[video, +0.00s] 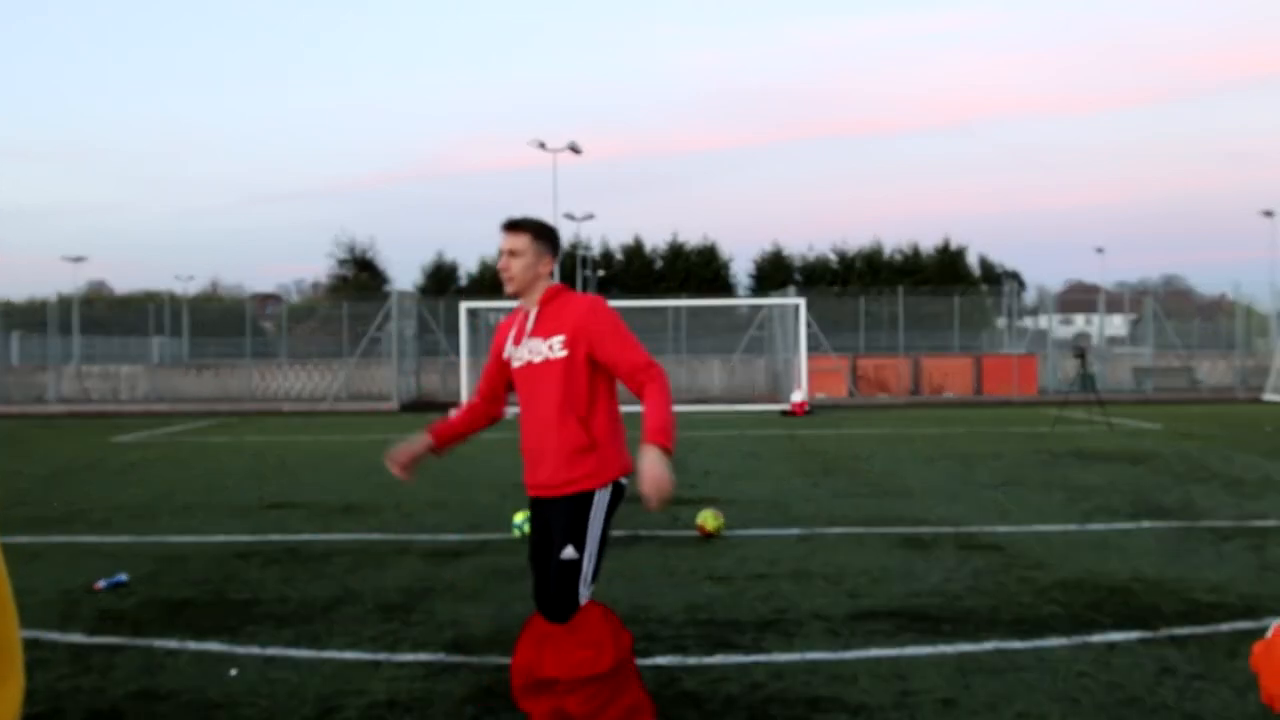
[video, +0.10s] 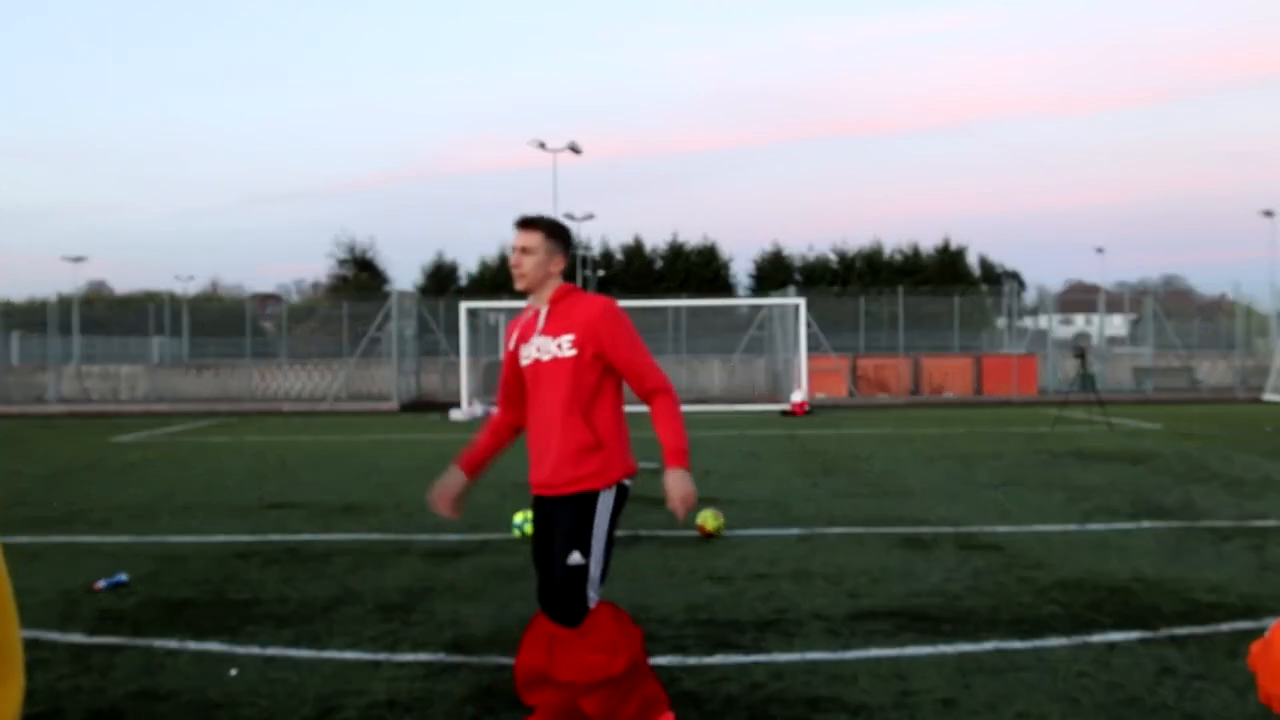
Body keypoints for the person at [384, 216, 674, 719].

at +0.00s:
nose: (502, 265)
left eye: (513, 255)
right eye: (501, 255)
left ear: (546, 262)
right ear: (508, 262)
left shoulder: (586, 312)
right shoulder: (510, 329)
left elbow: (650, 379)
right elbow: (486, 404)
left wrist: (655, 450)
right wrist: (427, 441)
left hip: (591, 478)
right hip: (544, 483)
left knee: (564, 602)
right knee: (553, 601)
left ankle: (623, 705)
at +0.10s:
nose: (514, 262)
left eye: (526, 253)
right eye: (513, 252)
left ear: (558, 261)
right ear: (518, 260)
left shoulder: (597, 313)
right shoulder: (520, 329)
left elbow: (658, 391)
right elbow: (509, 414)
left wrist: (676, 466)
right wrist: (462, 470)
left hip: (597, 480)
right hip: (548, 484)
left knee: (572, 603)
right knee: (555, 604)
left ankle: (645, 706)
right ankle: (564, 704)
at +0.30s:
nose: (549, 257)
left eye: (561, 249)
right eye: (548, 248)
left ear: (593, 258)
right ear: (550, 255)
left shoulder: (629, 316)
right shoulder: (548, 324)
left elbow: (665, 400)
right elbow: (561, 402)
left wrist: (693, 474)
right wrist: (561, 474)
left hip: (617, 486)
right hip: (562, 485)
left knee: (624, 603)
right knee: (566, 606)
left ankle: (640, 704)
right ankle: (573, 706)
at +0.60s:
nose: (603, 260)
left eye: (615, 251)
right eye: (600, 250)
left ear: (646, 259)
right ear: (598, 255)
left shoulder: (674, 325)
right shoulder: (592, 314)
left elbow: (702, 415)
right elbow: (603, 388)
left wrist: (711, 501)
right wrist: (609, 449)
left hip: (646, 482)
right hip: (594, 466)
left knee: (657, 605)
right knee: (529, 542)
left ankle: (658, 709)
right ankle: (588, 652)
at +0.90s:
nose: (627, 260)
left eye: (638, 251)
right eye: (619, 251)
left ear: (655, 259)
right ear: (607, 258)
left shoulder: (673, 320)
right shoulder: (601, 312)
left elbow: (696, 412)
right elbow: (583, 392)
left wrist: (683, 497)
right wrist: (541, 446)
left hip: (651, 483)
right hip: (602, 464)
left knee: (661, 608)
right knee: (520, 512)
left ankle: (663, 708)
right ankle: (577, 623)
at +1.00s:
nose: (628, 260)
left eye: (639, 251)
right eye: (620, 251)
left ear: (656, 258)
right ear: (608, 259)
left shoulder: (675, 320)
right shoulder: (601, 316)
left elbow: (698, 410)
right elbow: (582, 395)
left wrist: (669, 485)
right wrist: (537, 450)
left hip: (648, 486)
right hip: (599, 477)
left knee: (658, 608)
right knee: (550, 572)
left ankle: (664, 706)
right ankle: (603, 687)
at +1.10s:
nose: (625, 260)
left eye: (635, 251)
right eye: (617, 251)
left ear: (652, 259)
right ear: (605, 259)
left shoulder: (673, 319)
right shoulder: (595, 319)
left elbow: (697, 407)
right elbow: (578, 401)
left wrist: (667, 478)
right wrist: (538, 461)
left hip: (642, 484)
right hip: (594, 481)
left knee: (644, 598)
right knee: (590, 597)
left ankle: (662, 697)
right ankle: (617, 693)